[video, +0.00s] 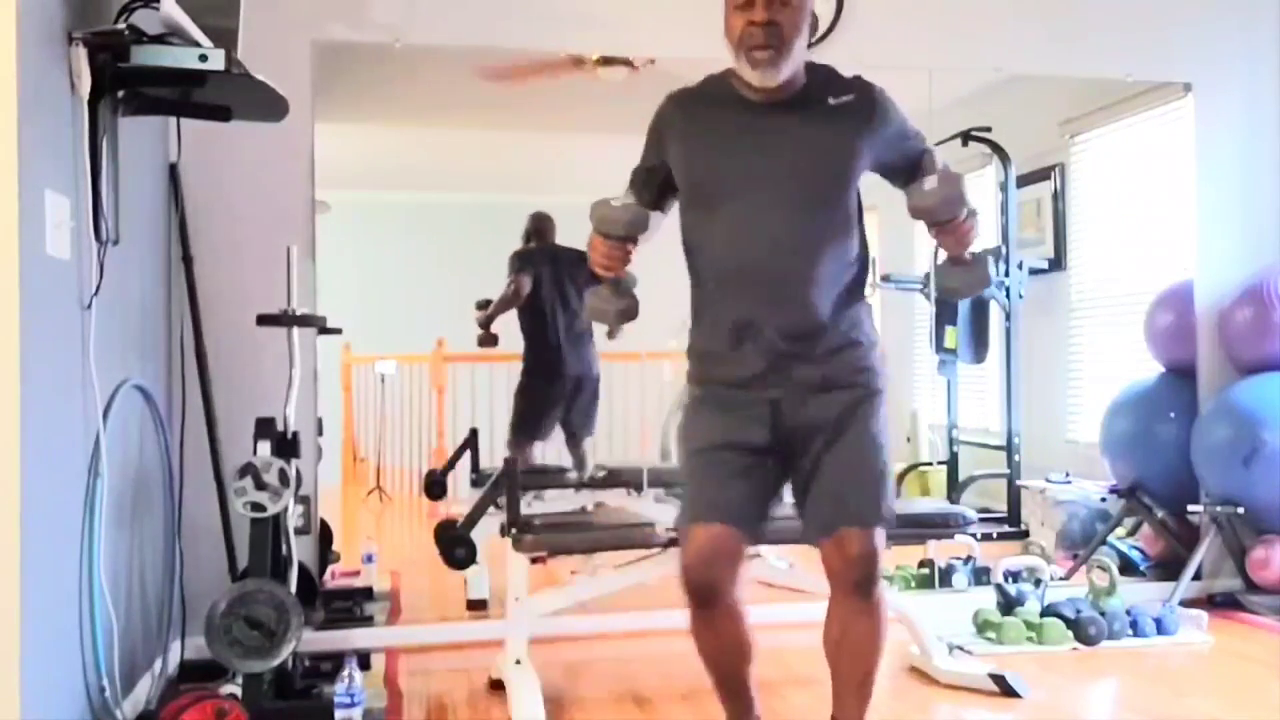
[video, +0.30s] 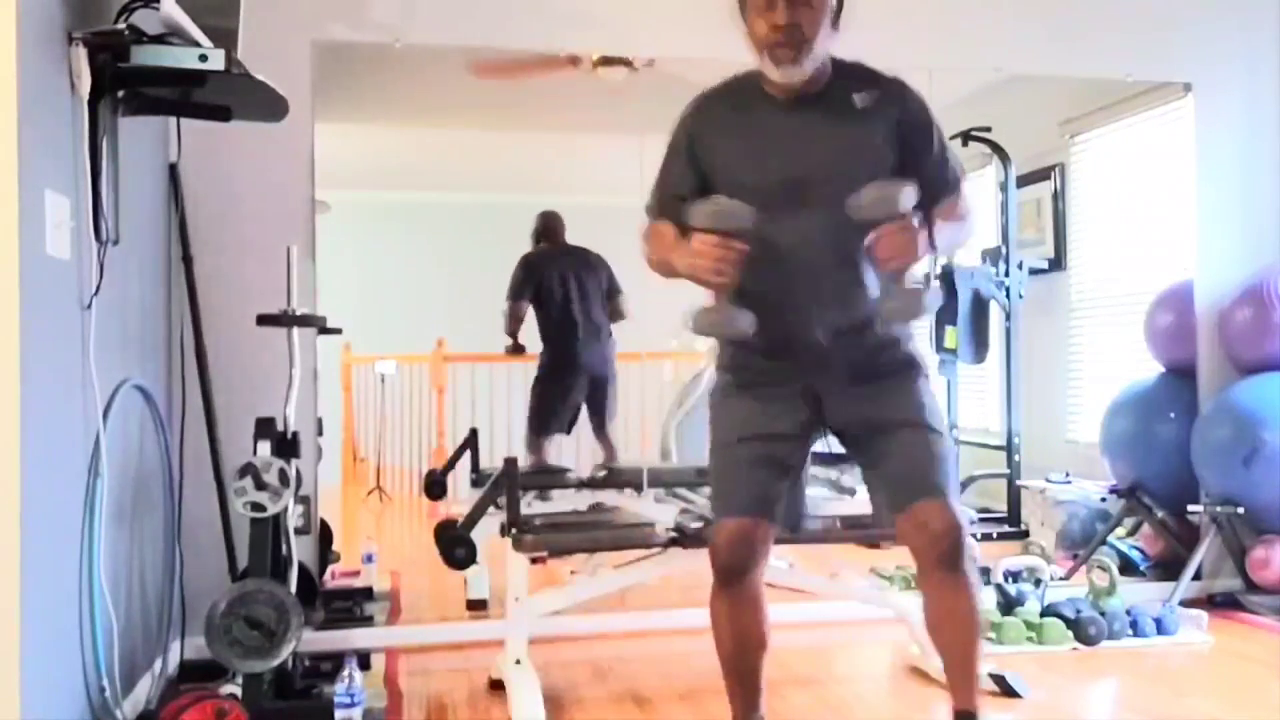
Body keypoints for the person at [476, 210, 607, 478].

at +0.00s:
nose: (527, 239)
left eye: (527, 235)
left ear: (527, 235)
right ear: (554, 234)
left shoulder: (524, 257)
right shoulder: (577, 257)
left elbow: (520, 290)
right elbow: (619, 282)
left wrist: (488, 317)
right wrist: (615, 322)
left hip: (547, 368)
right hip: (585, 369)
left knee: (520, 443)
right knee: (577, 438)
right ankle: (584, 498)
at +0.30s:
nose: (535, 238)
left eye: (535, 234)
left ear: (536, 235)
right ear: (564, 232)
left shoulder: (532, 262)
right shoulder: (593, 259)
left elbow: (517, 313)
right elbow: (619, 310)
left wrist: (514, 339)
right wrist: (590, 319)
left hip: (562, 359)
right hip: (601, 358)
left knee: (537, 438)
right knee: (603, 427)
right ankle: (613, 466)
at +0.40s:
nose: (543, 259)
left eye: (544, 254)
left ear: (545, 254)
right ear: (572, 253)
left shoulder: (543, 280)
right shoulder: (599, 280)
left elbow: (526, 330)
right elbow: (614, 323)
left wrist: (526, 353)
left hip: (569, 373)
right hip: (608, 372)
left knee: (529, 442)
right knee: (607, 437)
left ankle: (536, 500)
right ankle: (628, 492)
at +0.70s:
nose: (560, 268)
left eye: (561, 264)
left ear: (564, 263)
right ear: (591, 262)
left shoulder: (568, 286)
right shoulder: (619, 288)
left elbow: (553, 338)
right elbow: (637, 341)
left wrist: (534, 349)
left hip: (590, 377)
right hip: (629, 378)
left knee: (539, 440)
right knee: (605, 443)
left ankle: (539, 500)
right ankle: (628, 493)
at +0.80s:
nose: (561, 252)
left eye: (562, 247)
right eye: (563, 248)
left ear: (566, 245)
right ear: (591, 244)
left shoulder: (574, 264)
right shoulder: (626, 269)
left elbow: (571, 306)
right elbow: (656, 311)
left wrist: (540, 329)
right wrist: (626, 324)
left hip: (593, 362)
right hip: (629, 365)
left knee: (549, 430)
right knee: (610, 433)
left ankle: (546, 496)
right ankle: (625, 487)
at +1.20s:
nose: (571, 235)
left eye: (572, 231)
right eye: (573, 231)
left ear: (576, 231)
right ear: (602, 231)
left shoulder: (577, 255)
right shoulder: (630, 258)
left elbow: (564, 299)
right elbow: (664, 301)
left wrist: (545, 317)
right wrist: (631, 313)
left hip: (594, 358)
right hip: (631, 360)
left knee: (552, 426)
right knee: (620, 430)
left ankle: (556, 491)